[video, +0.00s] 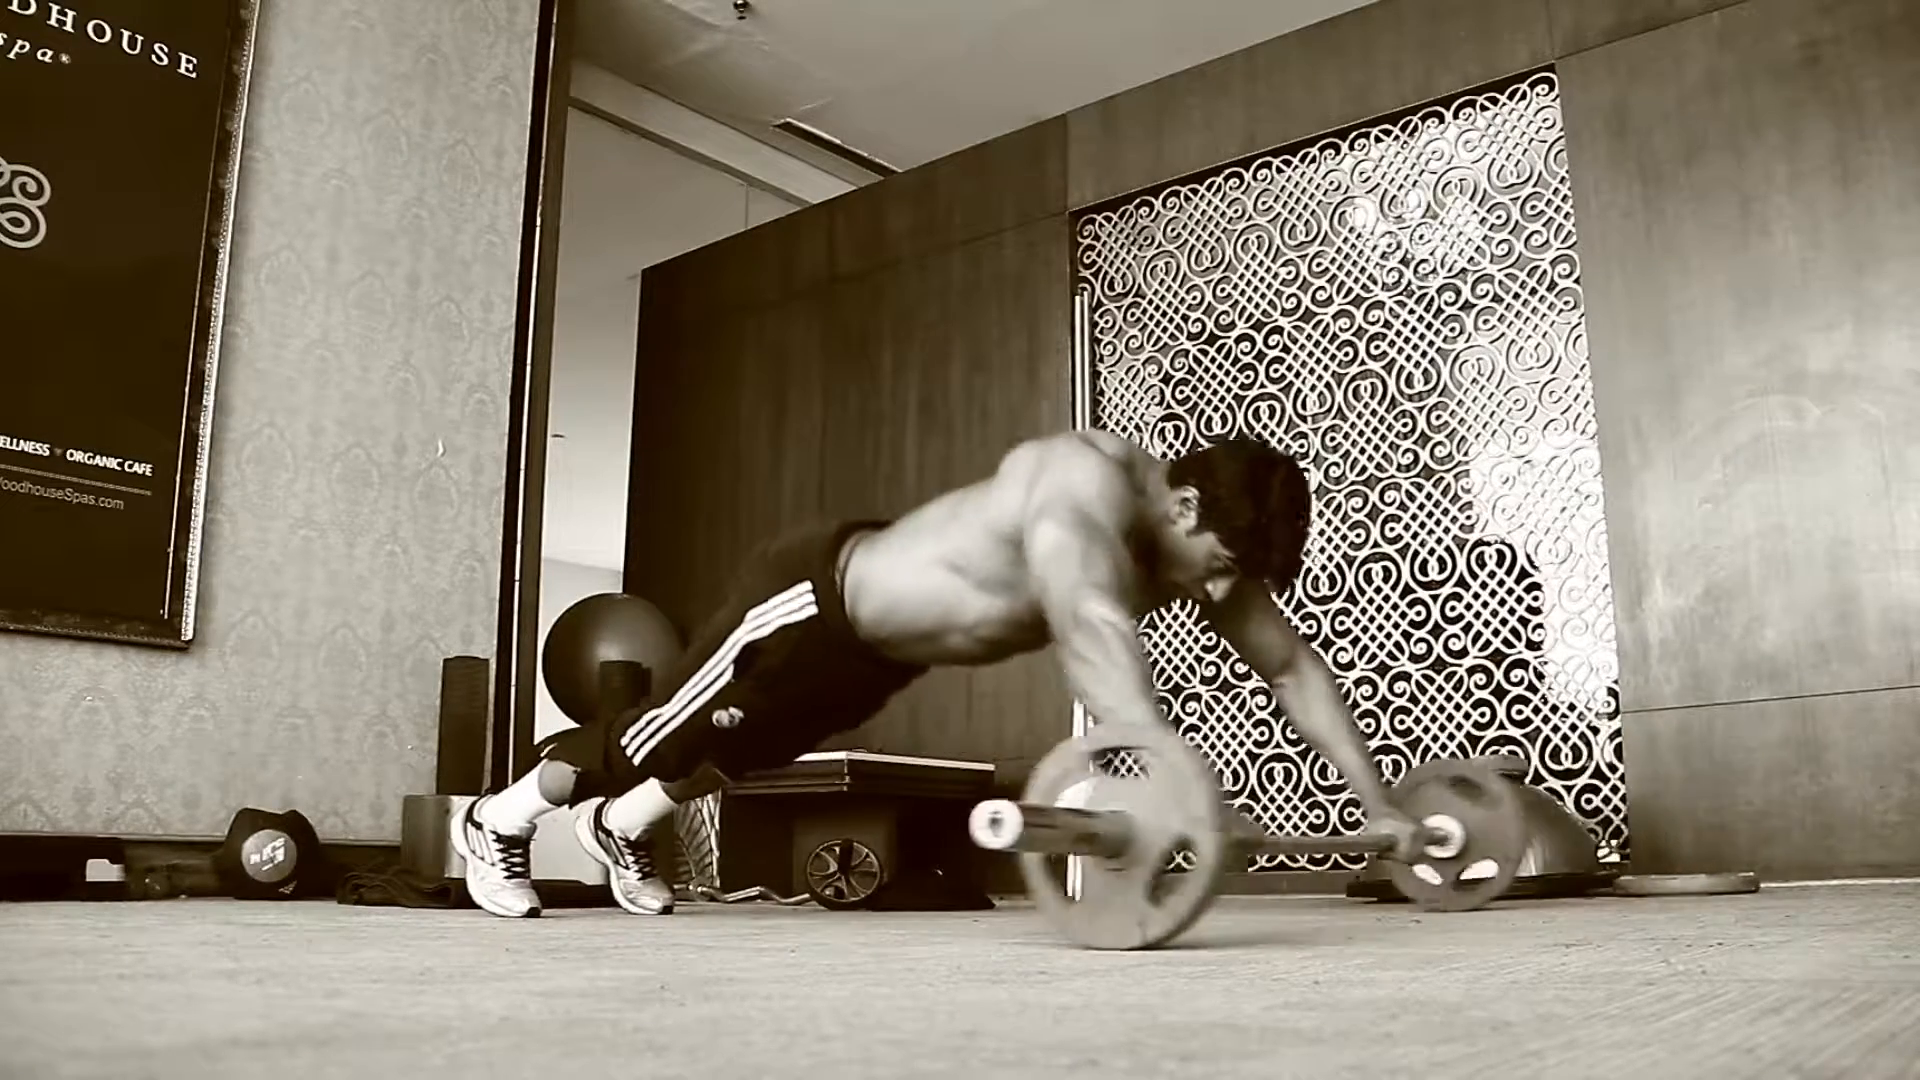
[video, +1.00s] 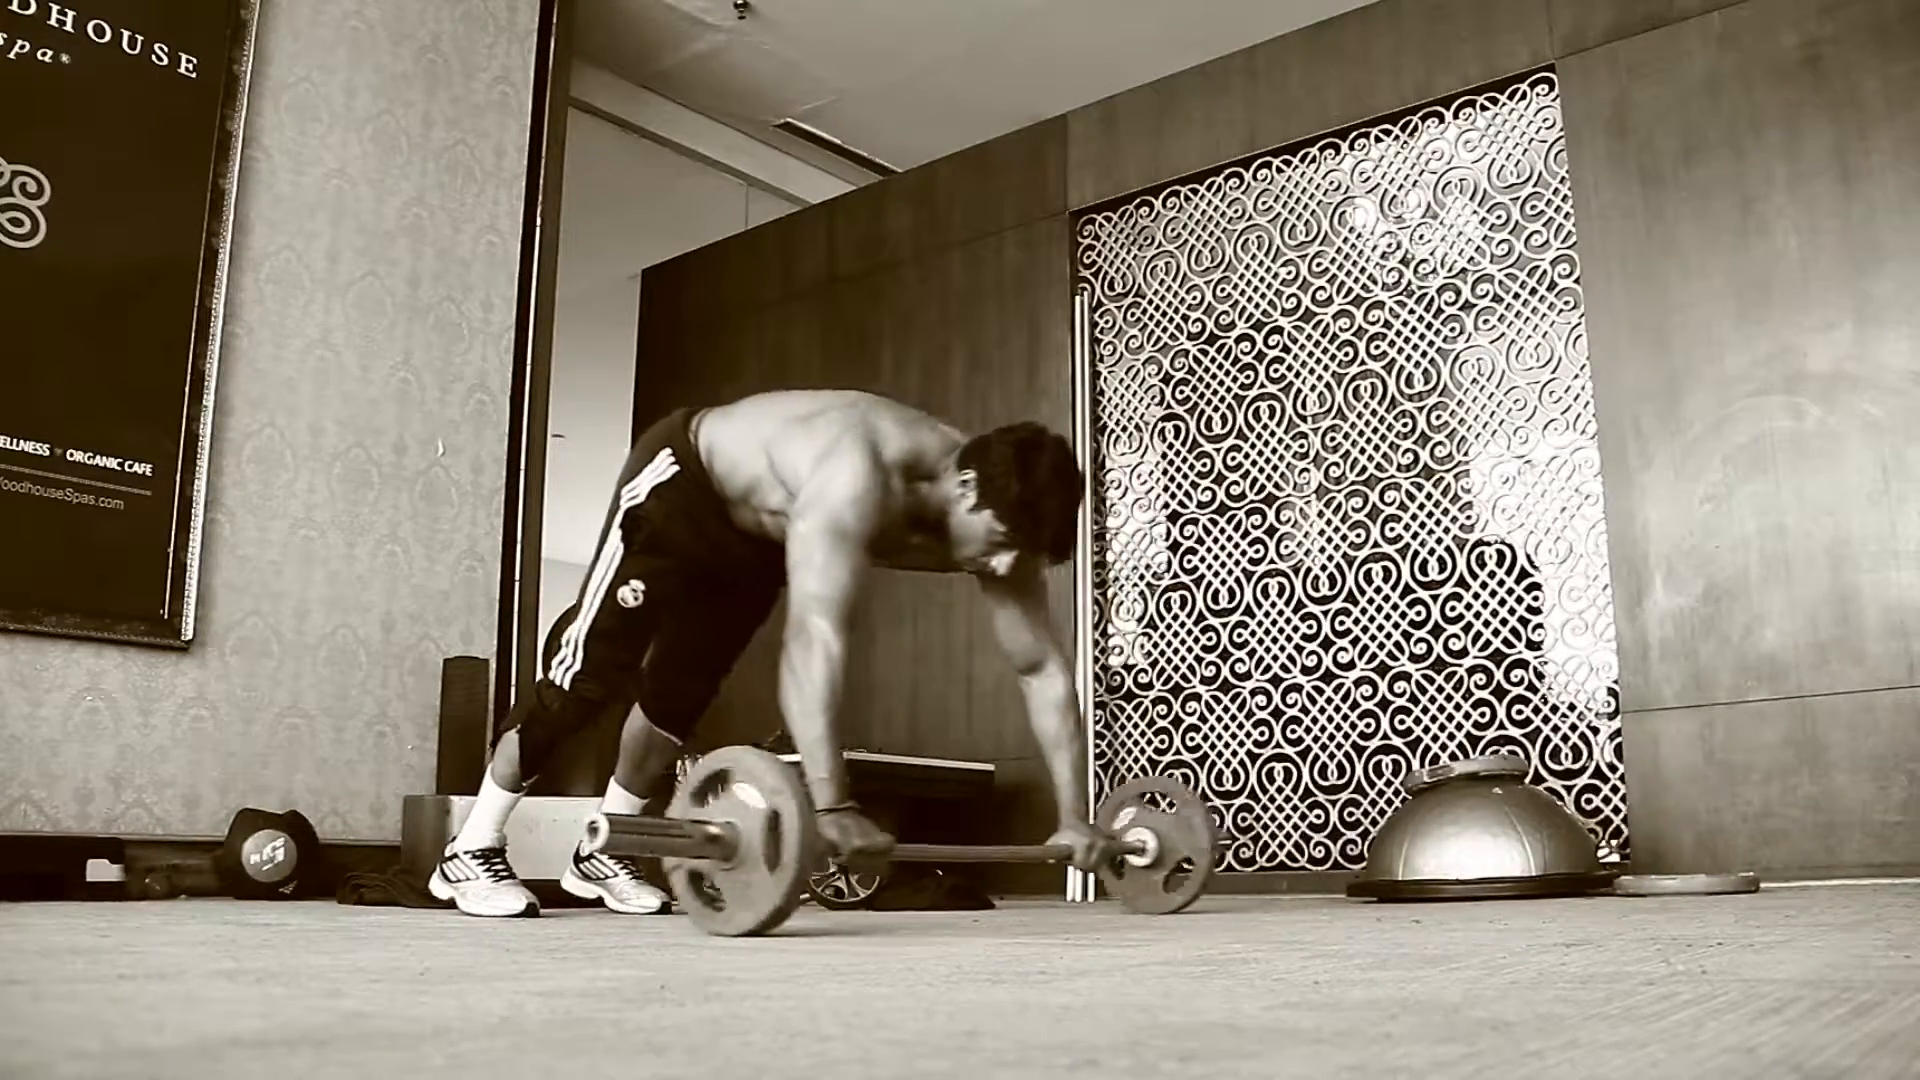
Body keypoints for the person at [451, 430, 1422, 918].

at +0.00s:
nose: (1208, 591)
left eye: (1226, 579)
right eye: (1215, 569)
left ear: (1209, 521)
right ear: (1191, 507)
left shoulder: (1177, 534)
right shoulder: (1075, 487)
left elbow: (1290, 665)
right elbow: (1086, 625)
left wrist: (1372, 793)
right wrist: (1156, 750)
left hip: (887, 645)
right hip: (823, 612)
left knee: (751, 738)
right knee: (657, 737)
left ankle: (618, 821)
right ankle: (495, 821)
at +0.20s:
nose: (1191, 559)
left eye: (1206, 548)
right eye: (1194, 537)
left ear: (1185, 506)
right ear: (1157, 484)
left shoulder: (1155, 528)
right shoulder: (1037, 464)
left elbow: (1236, 660)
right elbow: (1022, 619)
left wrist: (1305, 803)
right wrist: (1076, 789)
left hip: (862, 625)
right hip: (799, 576)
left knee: (737, 732)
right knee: (652, 719)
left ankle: (618, 828)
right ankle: (496, 822)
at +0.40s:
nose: (1147, 553)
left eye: (1161, 542)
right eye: (1149, 531)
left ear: (1151, 502)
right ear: (1111, 476)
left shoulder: (1114, 520)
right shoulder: (993, 464)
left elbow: (1184, 660)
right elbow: (964, 623)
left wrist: (1234, 808)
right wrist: (991, 787)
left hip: (842, 596)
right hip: (772, 540)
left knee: (721, 713)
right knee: (631, 699)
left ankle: (611, 838)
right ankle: (488, 832)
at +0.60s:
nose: (1092, 552)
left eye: (1108, 540)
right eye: (1093, 529)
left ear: (1104, 506)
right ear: (1055, 474)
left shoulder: (1070, 510)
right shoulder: (943, 469)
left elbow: (1132, 659)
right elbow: (905, 631)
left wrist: (1170, 808)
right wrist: (934, 799)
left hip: (817, 570)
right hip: (740, 517)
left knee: (701, 710)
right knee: (612, 695)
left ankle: (610, 843)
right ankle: (481, 836)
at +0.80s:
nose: (1049, 554)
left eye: (1066, 542)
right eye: (1047, 531)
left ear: (1074, 521)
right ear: (1008, 478)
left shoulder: (1030, 516)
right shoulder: (895, 471)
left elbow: (1083, 665)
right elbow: (853, 635)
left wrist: (1119, 810)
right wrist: (878, 803)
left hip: (790, 551)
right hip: (712, 499)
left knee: (691, 696)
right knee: (600, 682)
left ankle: (611, 843)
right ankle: (476, 844)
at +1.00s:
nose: (1006, 564)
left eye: (1024, 554)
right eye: (1003, 542)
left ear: (1042, 535)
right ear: (966, 491)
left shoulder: (990, 519)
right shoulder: (854, 478)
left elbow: (1043, 670)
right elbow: (813, 636)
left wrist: (1074, 815)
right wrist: (831, 804)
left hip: (766, 538)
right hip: (687, 480)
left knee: (676, 693)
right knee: (585, 677)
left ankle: (603, 850)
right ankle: (469, 852)